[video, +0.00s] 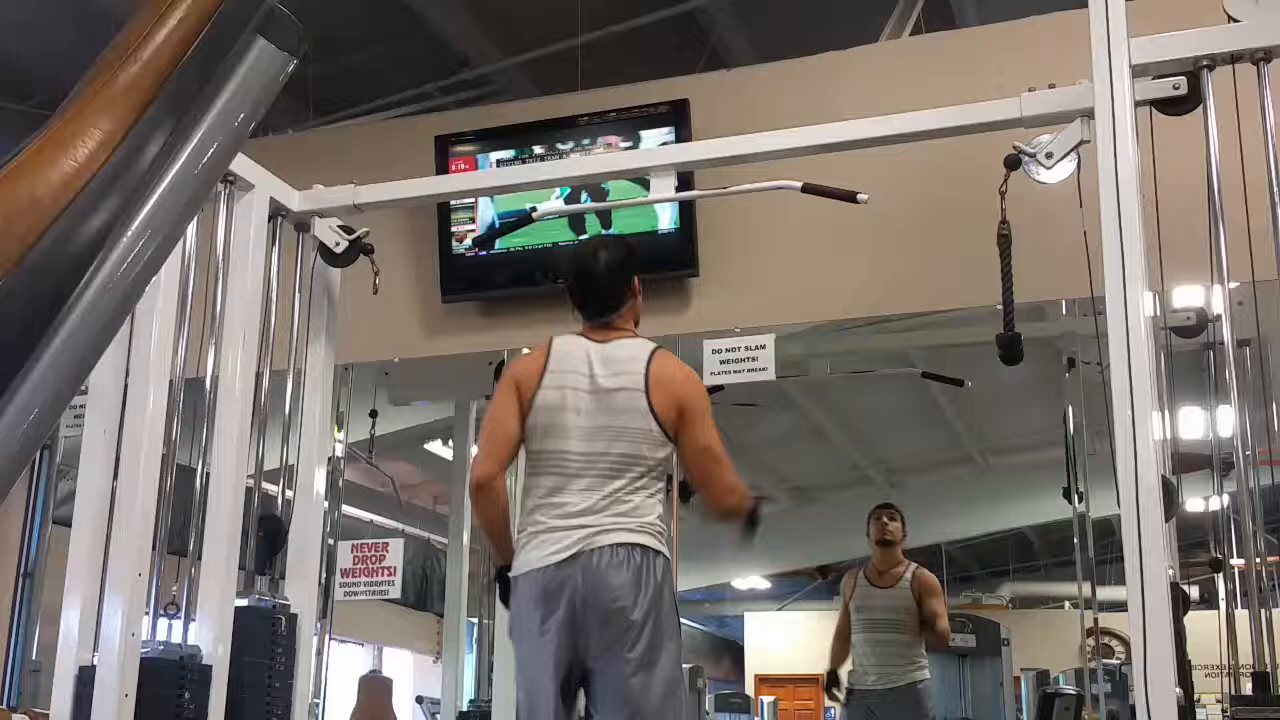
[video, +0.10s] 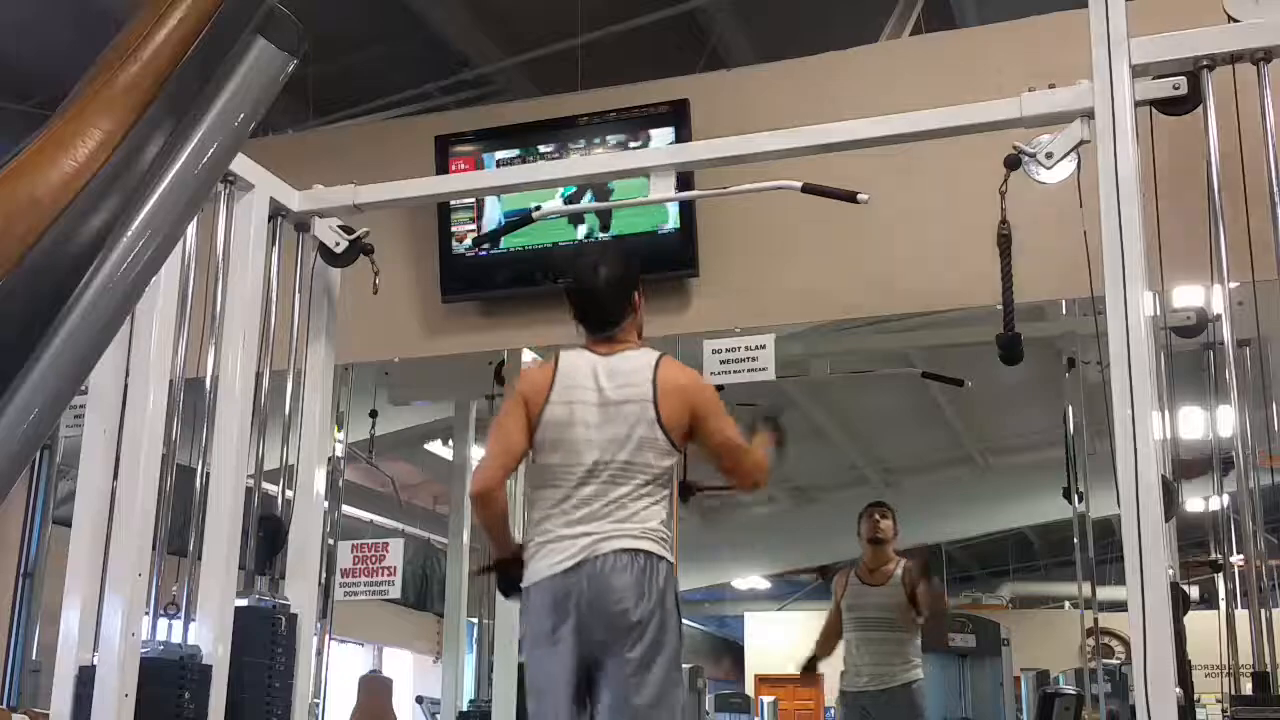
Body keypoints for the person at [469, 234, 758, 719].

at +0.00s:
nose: (642, 290)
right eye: (641, 283)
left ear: (574, 299)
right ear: (637, 290)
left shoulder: (529, 368)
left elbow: (484, 476)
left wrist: (506, 561)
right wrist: (744, 504)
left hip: (540, 571)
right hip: (632, 567)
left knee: (541, 713)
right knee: (639, 711)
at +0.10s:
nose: (645, 301)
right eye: (643, 294)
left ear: (573, 311)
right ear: (638, 302)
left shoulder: (536, 380)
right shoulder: (678, 380)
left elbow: (485, 484)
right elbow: (748, 474)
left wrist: (505, 553)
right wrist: (764, 444)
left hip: (549, 577)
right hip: (636, 571)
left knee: (554, 714)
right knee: (642, 711)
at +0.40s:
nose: (648, 320)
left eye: (643, 311)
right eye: (645, 313)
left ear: (585, 337)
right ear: (641, 324)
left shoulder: (556, 411)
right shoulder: (689, 379)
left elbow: (512, 505)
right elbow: (778, 355)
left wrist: (552, 514)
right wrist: (783, 284)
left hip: (579, 592)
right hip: (661, 584)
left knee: (572, 714)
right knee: (675, 712)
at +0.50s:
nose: (662, 326)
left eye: (657, 319)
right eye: (659, 319)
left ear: (597, 345)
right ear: (653, 331)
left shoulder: (571, 412)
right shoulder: (699, 376)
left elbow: (527, 504)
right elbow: (773, 320)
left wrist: (581, 485)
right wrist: (781, 249)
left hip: (592, 596)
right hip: (675, 586)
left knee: (586, 714)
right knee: (694, 712)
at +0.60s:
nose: (680, 324)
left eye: (672, 317)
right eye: (676, 318)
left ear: (618, 344)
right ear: (671, 331)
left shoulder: (592, 414)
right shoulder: (713, 374)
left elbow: (542, 499)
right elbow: (772, 300)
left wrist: (582, 450)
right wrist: (778, 227)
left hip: (614, 598)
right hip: (697, 588)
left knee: (602, 713)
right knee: (713, 713)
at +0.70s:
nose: (699, 322)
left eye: (689, 317)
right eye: (694, 317)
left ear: (639, 344)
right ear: (691, 328)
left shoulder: (611, 415)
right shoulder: (732, 366)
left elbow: (556, 491)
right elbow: (775, 289)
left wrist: (586, 447)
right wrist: (780, 212)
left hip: (643, 598)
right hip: (726, 590)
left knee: (622, 713)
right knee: (739, 711)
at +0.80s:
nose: (714, 316)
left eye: (705, 311)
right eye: (710, 312)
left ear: (655, 343)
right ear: (708, 325)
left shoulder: (632, 410)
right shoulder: (749, 360)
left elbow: (563, 476)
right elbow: (784, 274)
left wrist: (579, 435)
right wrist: (786, 199)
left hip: (663, 590)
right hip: (746, 581)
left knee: (647, 712)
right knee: (760, 712)